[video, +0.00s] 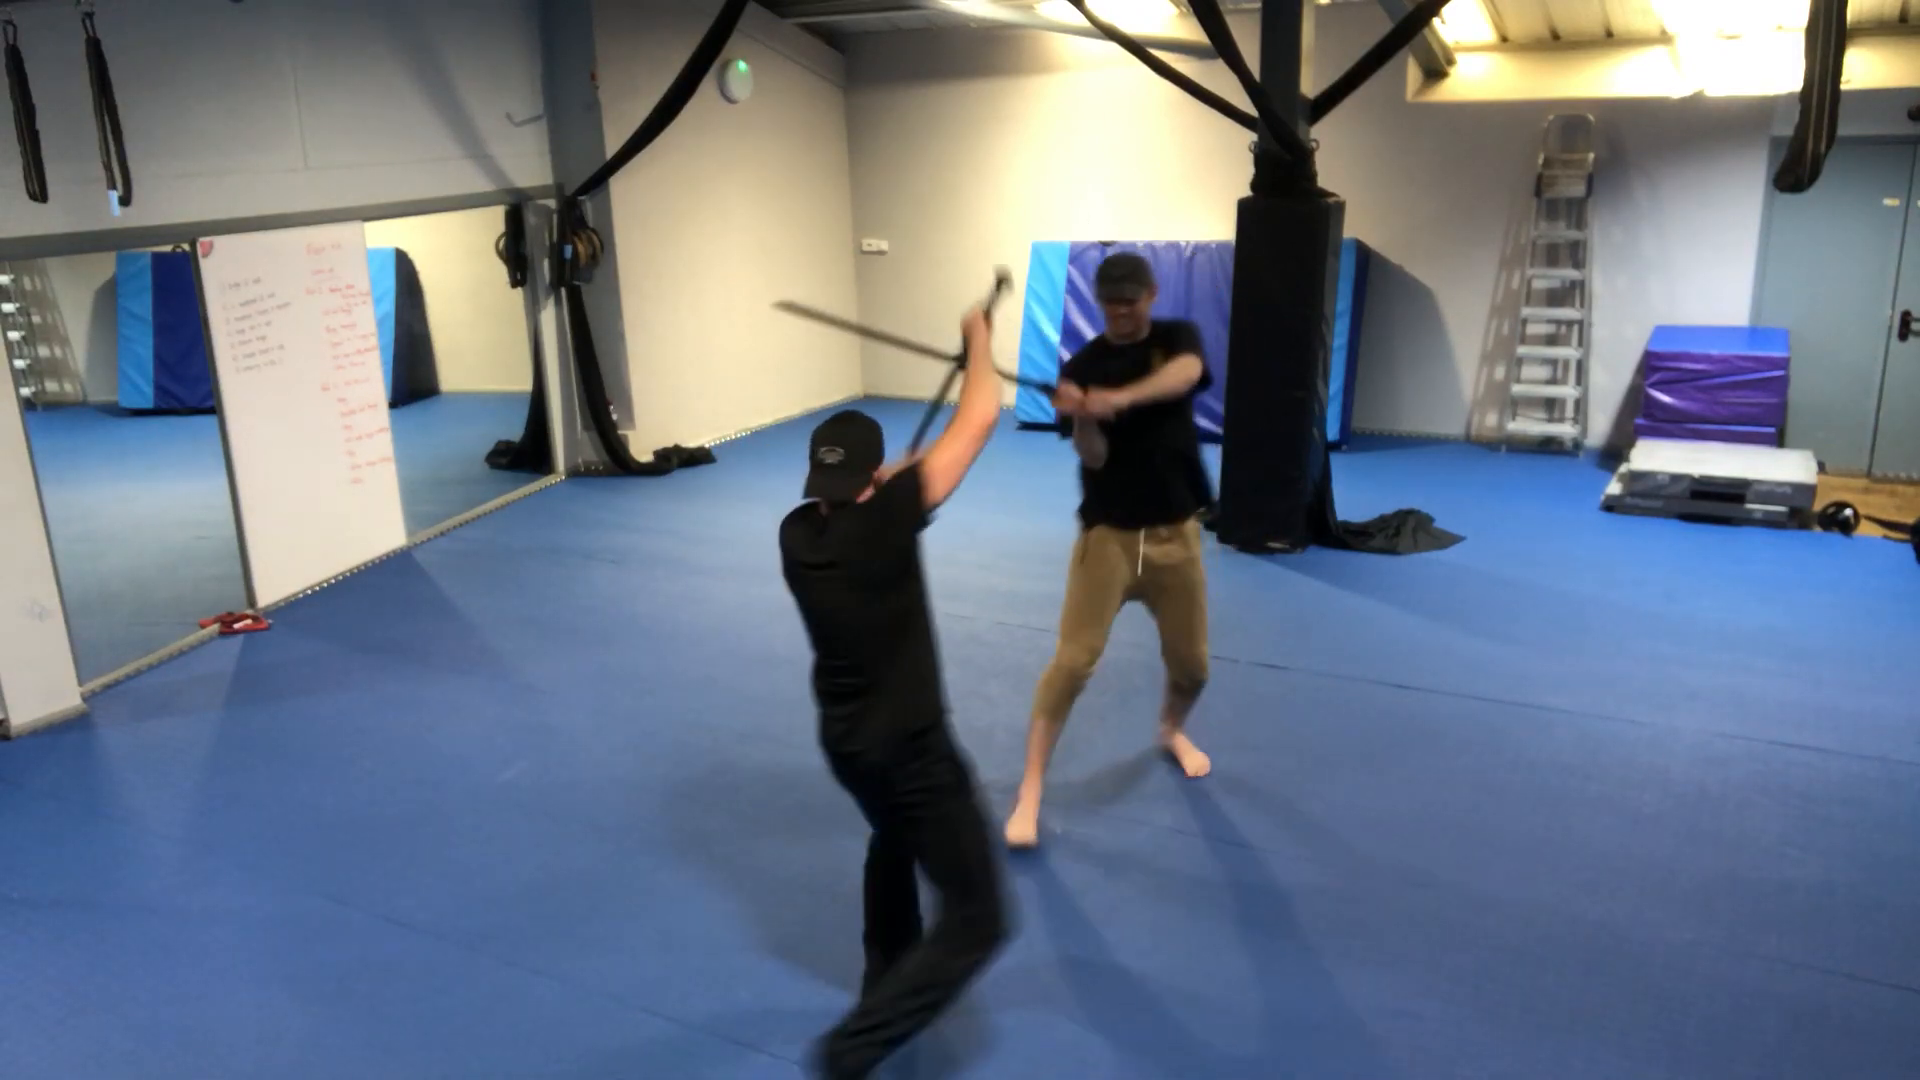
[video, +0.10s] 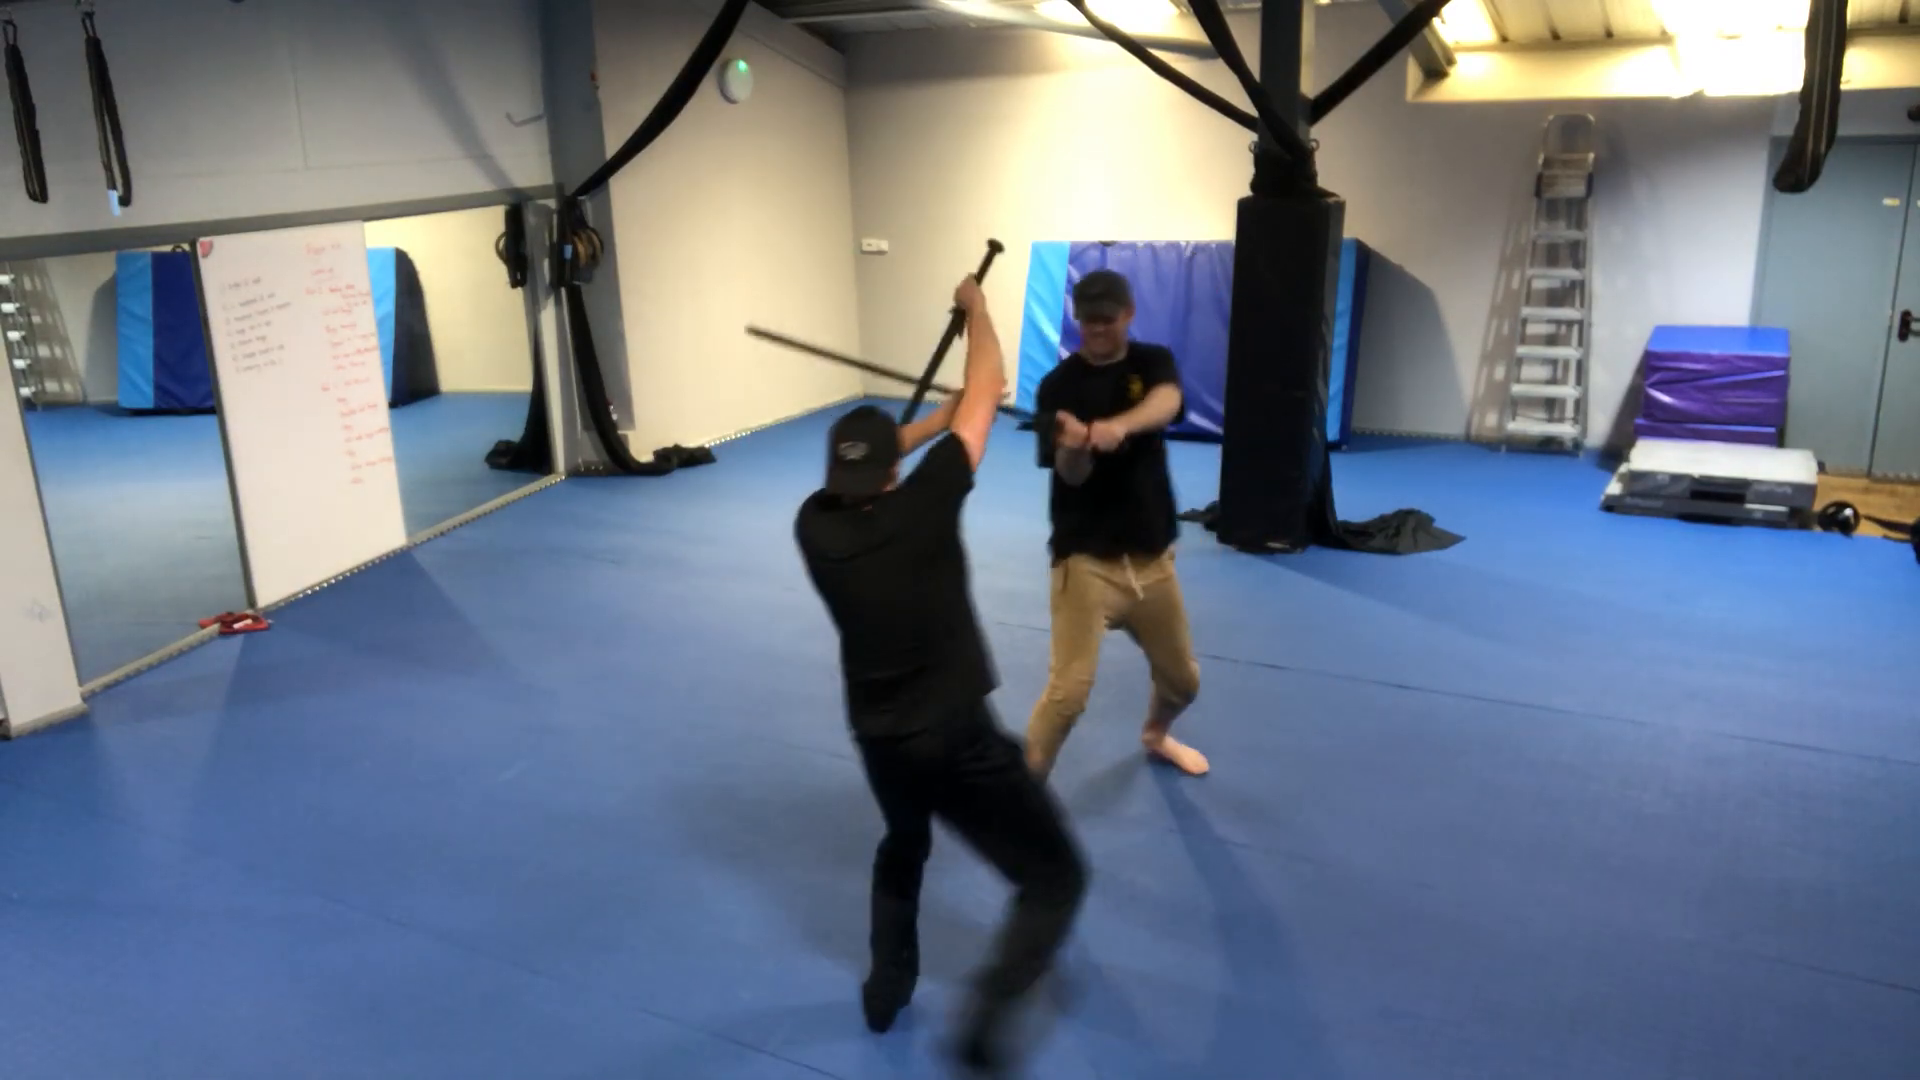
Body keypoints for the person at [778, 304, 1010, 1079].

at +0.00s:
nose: (885, 472)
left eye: (867, 467)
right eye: (880, 464)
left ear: (816, 477)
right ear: (872, 474)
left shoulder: (794, 535)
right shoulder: (888, 513)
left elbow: (865, 500)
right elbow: (979, 417)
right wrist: (979, 341)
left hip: (847, 742)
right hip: (910, 743)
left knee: (892, 838)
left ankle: (890, 987)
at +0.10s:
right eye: (894, 451)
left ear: (836, 466)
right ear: (891, 465)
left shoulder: (815, 526)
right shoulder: (931, 499)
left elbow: (868, 460)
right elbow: (984, 394)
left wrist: (950, 414)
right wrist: (976, 311)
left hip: (879, 736)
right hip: (953, 731)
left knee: (904, 841)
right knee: (1055, 874)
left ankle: (884, 993)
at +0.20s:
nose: (958, 440)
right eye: (951, 438)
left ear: (882, 463)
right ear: (945, 459)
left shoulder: (855, 520)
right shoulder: (976, 491)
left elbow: (868, 466)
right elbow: (1004, 382)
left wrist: (932, 425)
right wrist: (954, 327)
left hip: (921, 736)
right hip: (1005, 725)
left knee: (911, 854)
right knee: (1096, 851)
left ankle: (889, 995)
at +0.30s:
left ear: (955, 461)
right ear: (1009, 461)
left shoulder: (931, 526)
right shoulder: (1040, 506)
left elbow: (874, 491)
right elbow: (1023, 391)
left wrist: (928, 445)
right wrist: (933, 369)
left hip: (963, 736)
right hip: (1051, 728)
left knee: (918, 859)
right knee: (1135, 845)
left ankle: (891, 999)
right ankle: (1233, 961)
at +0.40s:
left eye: (1033, 448)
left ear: (1032, 462)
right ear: (1092, 464)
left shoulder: (1003, 529)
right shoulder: (1108, 518)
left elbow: (908, 533)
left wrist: (933, 491)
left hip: (1011, 727)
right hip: (1100, 723)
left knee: (945, 851)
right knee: (1173, 840)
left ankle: (891, 994)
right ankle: (1234, 963)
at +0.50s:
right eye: (1155, 438)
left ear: (1085, 449)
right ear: (1148, 449)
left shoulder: (1056, 524)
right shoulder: (1163, 491)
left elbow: (963, 583)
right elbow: (1069, 458)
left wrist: (961, 529)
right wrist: (967, 459)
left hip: (1053, 707)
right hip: (1141, 704)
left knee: (978, 835)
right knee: (1192, 820)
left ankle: (915, 984)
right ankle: (1239, 959)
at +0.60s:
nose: (1187, 442)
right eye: (1183, 436)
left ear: (1101, 441)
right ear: (1168, 451)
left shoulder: (1063, 508)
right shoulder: (1188, 499)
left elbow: (1006, 588)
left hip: (1066, 701)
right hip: (1158, 703)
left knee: (995, 816)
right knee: (1211, 820)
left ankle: (938, 968)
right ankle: (1244, 959)